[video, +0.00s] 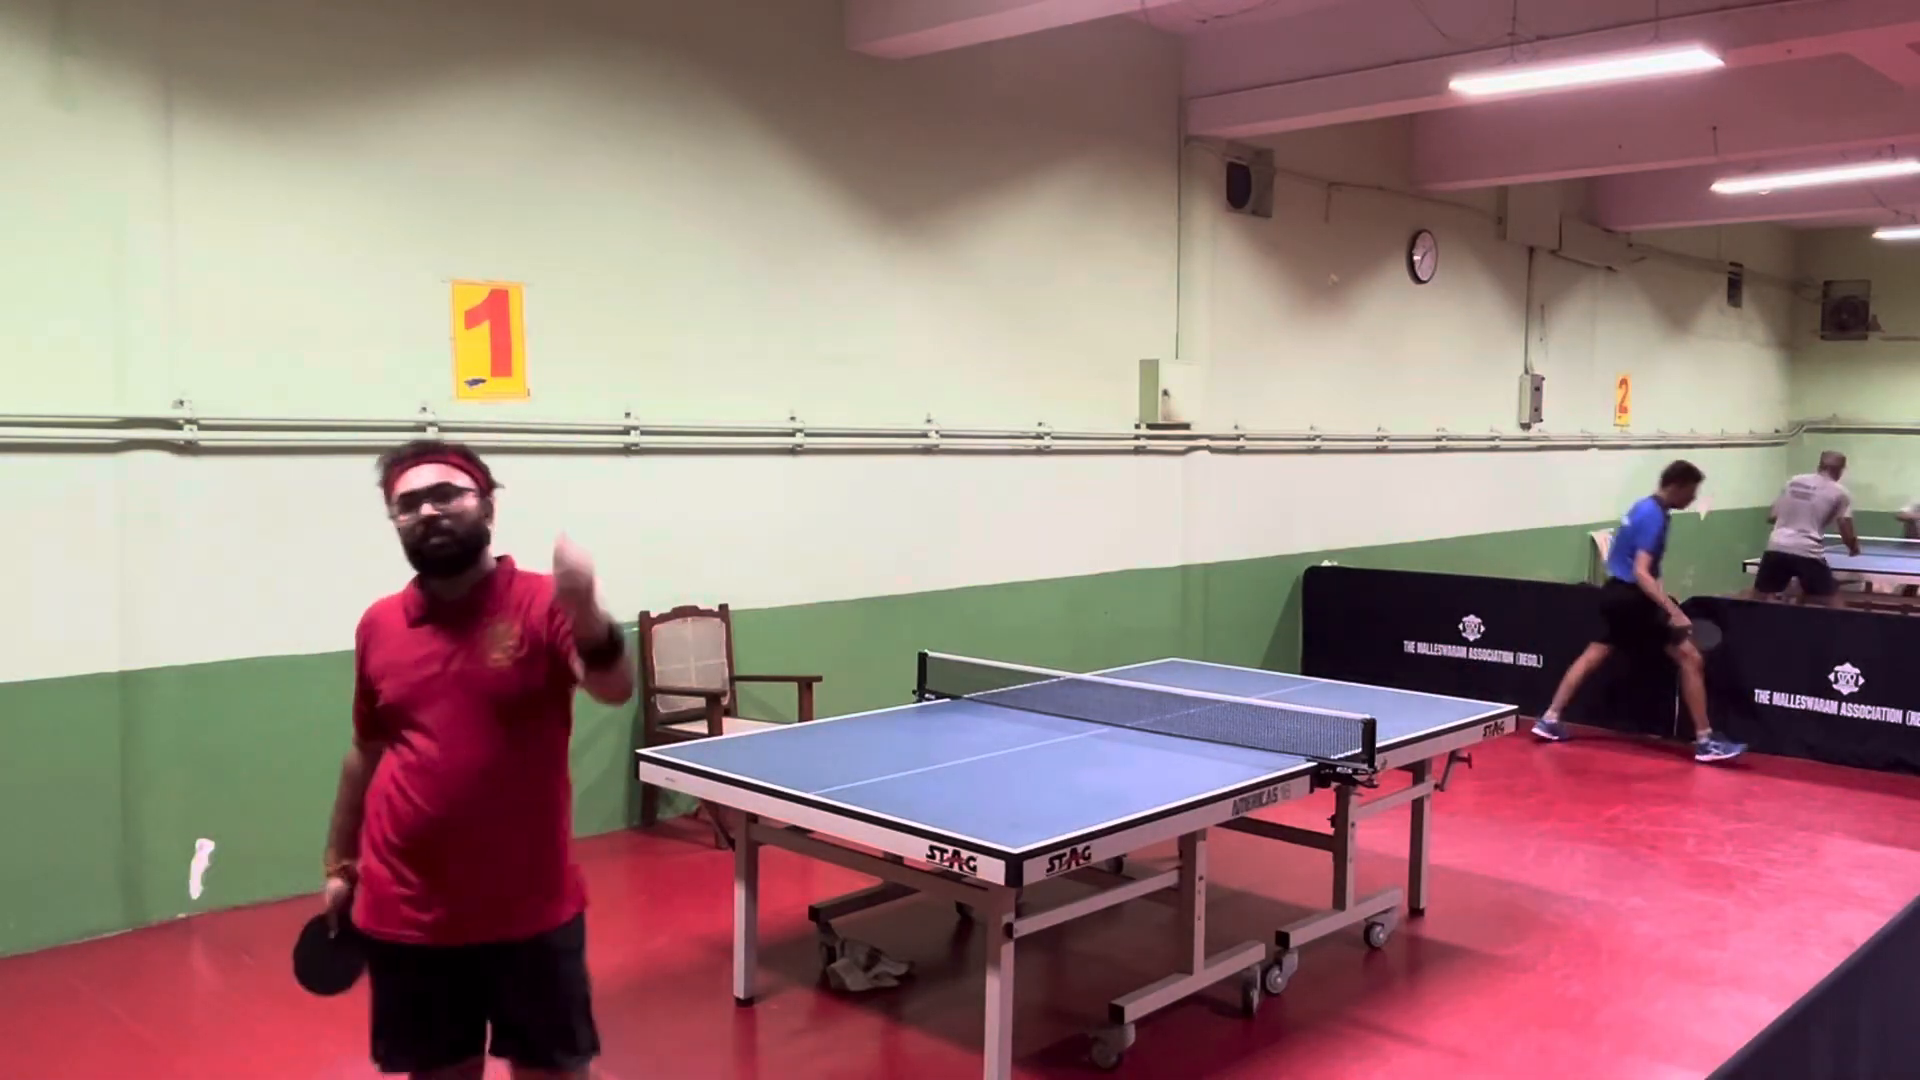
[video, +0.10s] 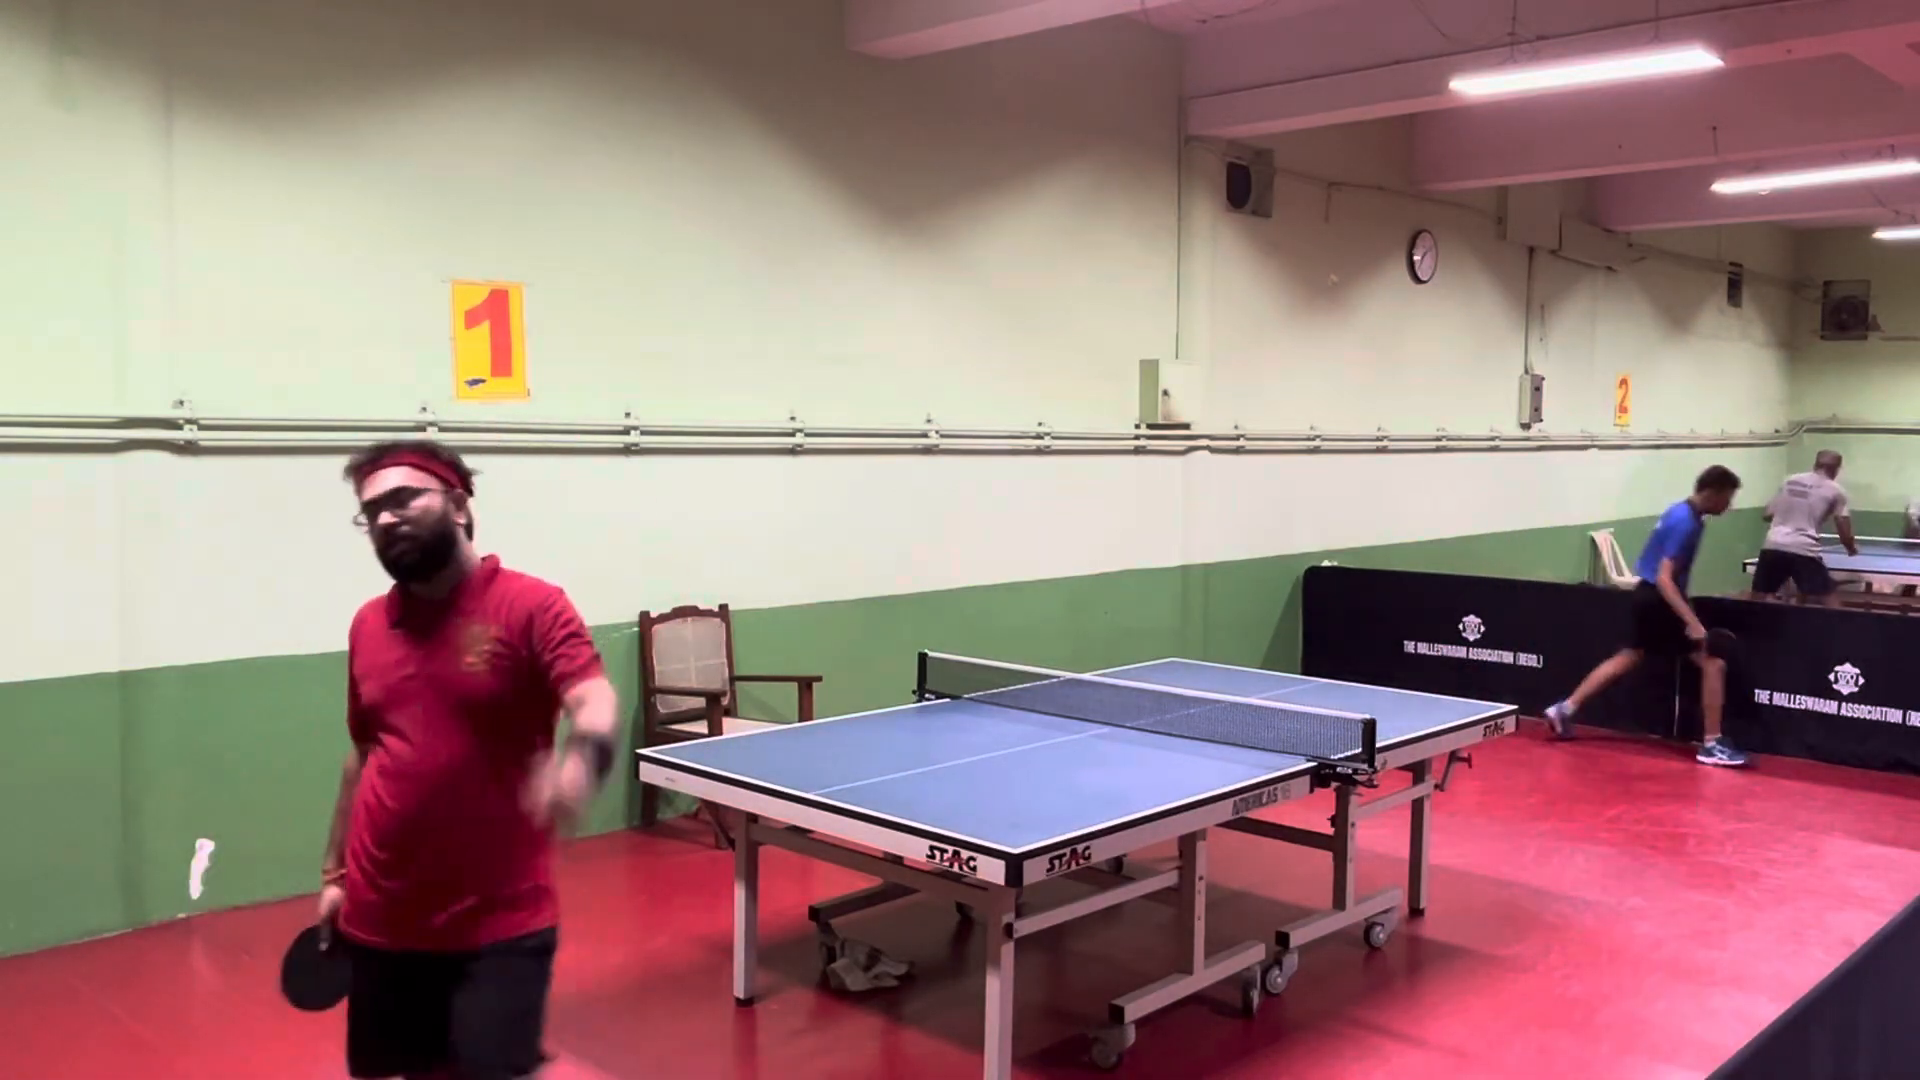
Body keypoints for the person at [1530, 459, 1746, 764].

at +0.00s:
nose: (1692, 499)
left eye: (1694, 492)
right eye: (1690, 492)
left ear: (1670, 486)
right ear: (1675, 487)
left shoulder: (1648, 508)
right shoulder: (1654, 515)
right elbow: (1642, 572)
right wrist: (1672, 610)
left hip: (1616, 593)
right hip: (1634, 597)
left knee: (1594, 654)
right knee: (1690, 659)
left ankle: (1550, 717)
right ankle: (1705, 740)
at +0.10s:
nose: (1728, 506)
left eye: (1730, 499)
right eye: (1727, 498)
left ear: (1705, 491)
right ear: (1711, 493)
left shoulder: (1683, 513)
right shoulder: (1686, 521)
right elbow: (1664, 579)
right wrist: (1691, 621)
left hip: (1646, 596)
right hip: (1661, 601)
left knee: (1631, 655)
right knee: (1713, 663)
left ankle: (1565, 709)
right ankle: (1712, 744)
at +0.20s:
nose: (1756, 505)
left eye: (1758, 499)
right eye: (1755, 498)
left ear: (1735, 490)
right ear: (1739, 492)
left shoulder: (1720, 517)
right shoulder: (1709, 520)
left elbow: (1706, 572)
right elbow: (1687, 575)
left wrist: (1719, 610)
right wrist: (1705, 622)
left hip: (1690, 593)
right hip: (1691, 595)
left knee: (1688, 658)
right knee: (1730, 665)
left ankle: (1611, 699)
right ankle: (1714, 743)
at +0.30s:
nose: (1782, 501)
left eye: (1786, 495)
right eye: (1782, 494)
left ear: (1764, 486)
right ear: (1765, 484)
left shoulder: (1749, 515)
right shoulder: (1727, 514)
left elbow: (1743, 571)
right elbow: (1708, 570)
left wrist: (1754, 612)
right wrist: (1717, 618)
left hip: (1733, 596)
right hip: (1715, 595)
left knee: (1730, 663)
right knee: (1736, 665)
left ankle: (1670, 709)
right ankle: (1714, 743)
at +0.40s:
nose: (1810, 501)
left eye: (1814, 496)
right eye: (1810, 494)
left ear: (1797, 486)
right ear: (1794, 483)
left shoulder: (1784, 516)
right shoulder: (1750, 512)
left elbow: (1781, 568)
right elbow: (1727, 567)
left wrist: (1793, 611)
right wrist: (1730, 615)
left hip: (1768, 598)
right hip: (1741, 598)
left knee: (1788, 662)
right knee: (1745, 675)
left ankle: (1747, 726)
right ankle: (1714, 742)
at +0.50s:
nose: (1840, 510)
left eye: (1844, 505)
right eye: (1839, 502)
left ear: (1835, 499)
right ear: (1825, 491)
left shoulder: (1818, 525)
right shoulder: (1780, 517)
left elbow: (1820, 578)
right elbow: (1749, 567)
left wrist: (1836, 623)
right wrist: (1747, 619)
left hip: (1798, 607)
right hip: (1768, 604)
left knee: (1831, 667)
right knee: (1758, 676)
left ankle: (1832, 747)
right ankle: (1715, 743)